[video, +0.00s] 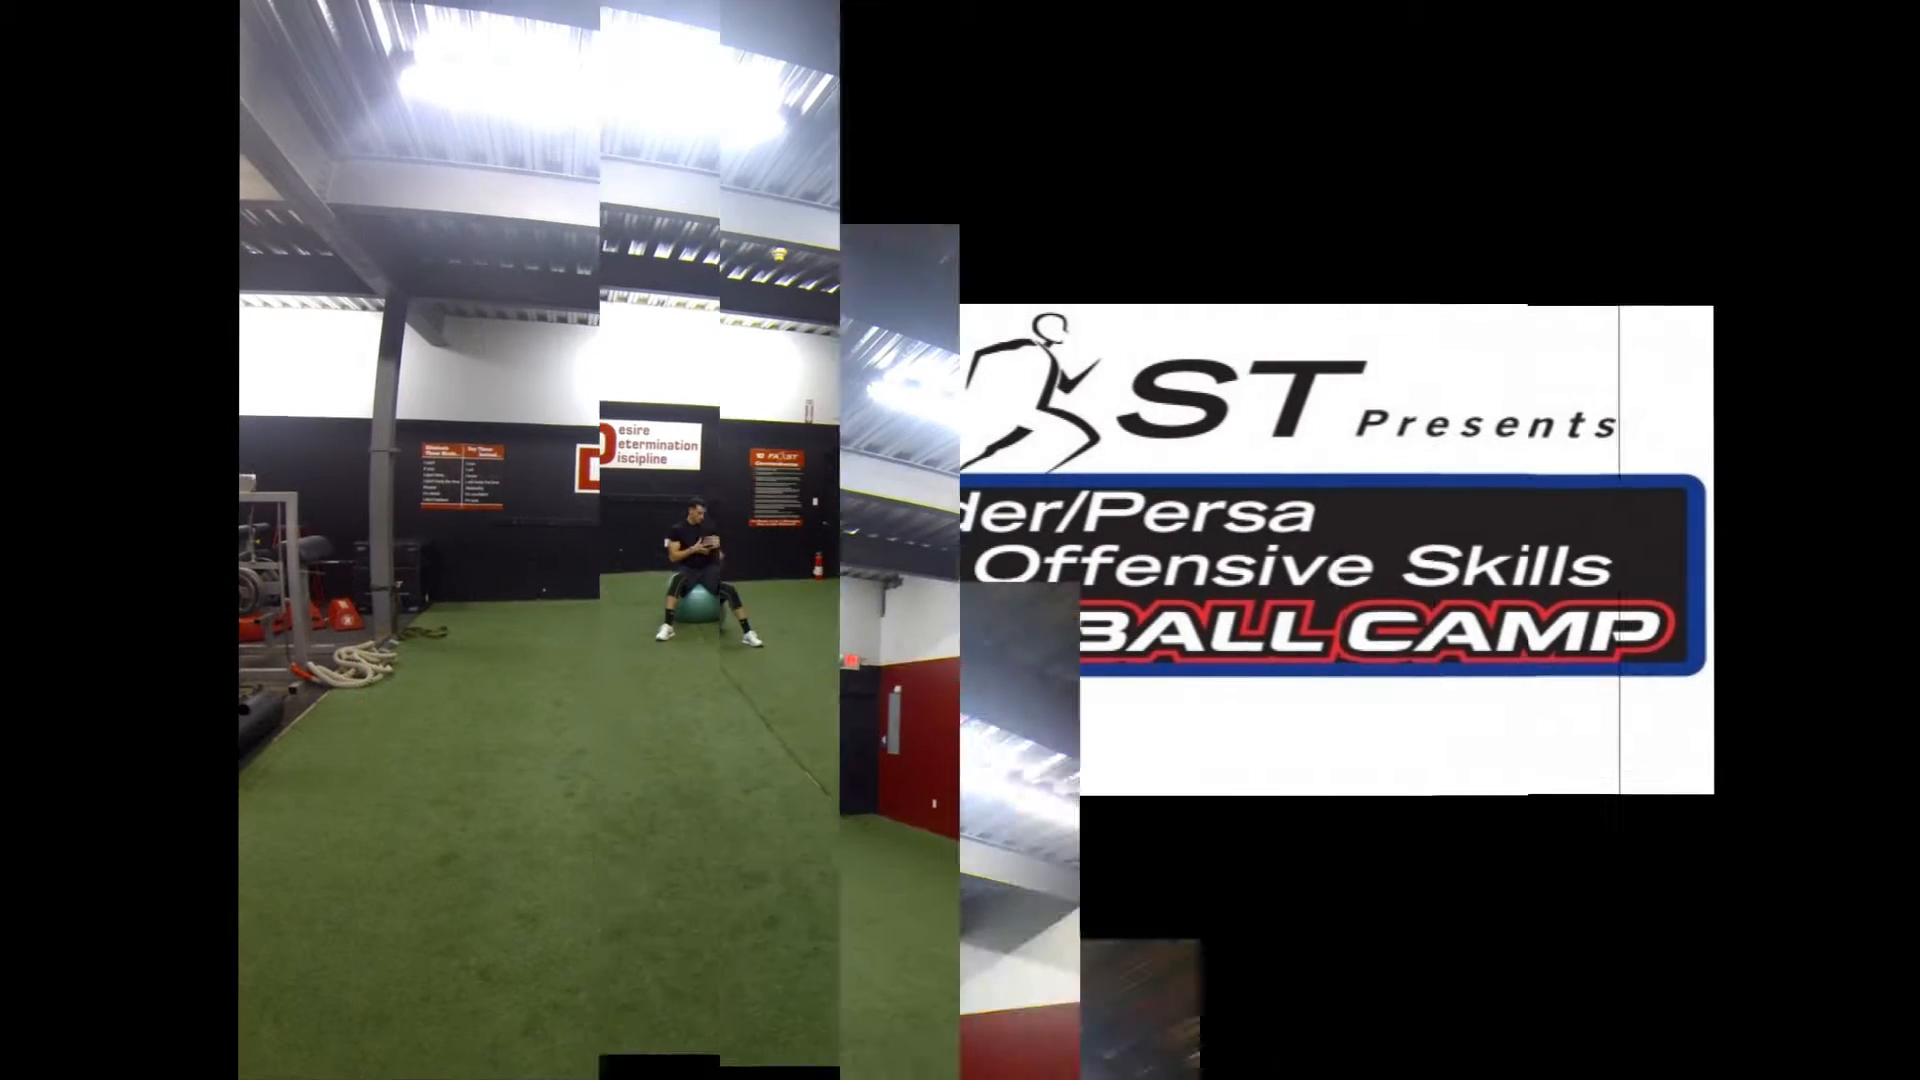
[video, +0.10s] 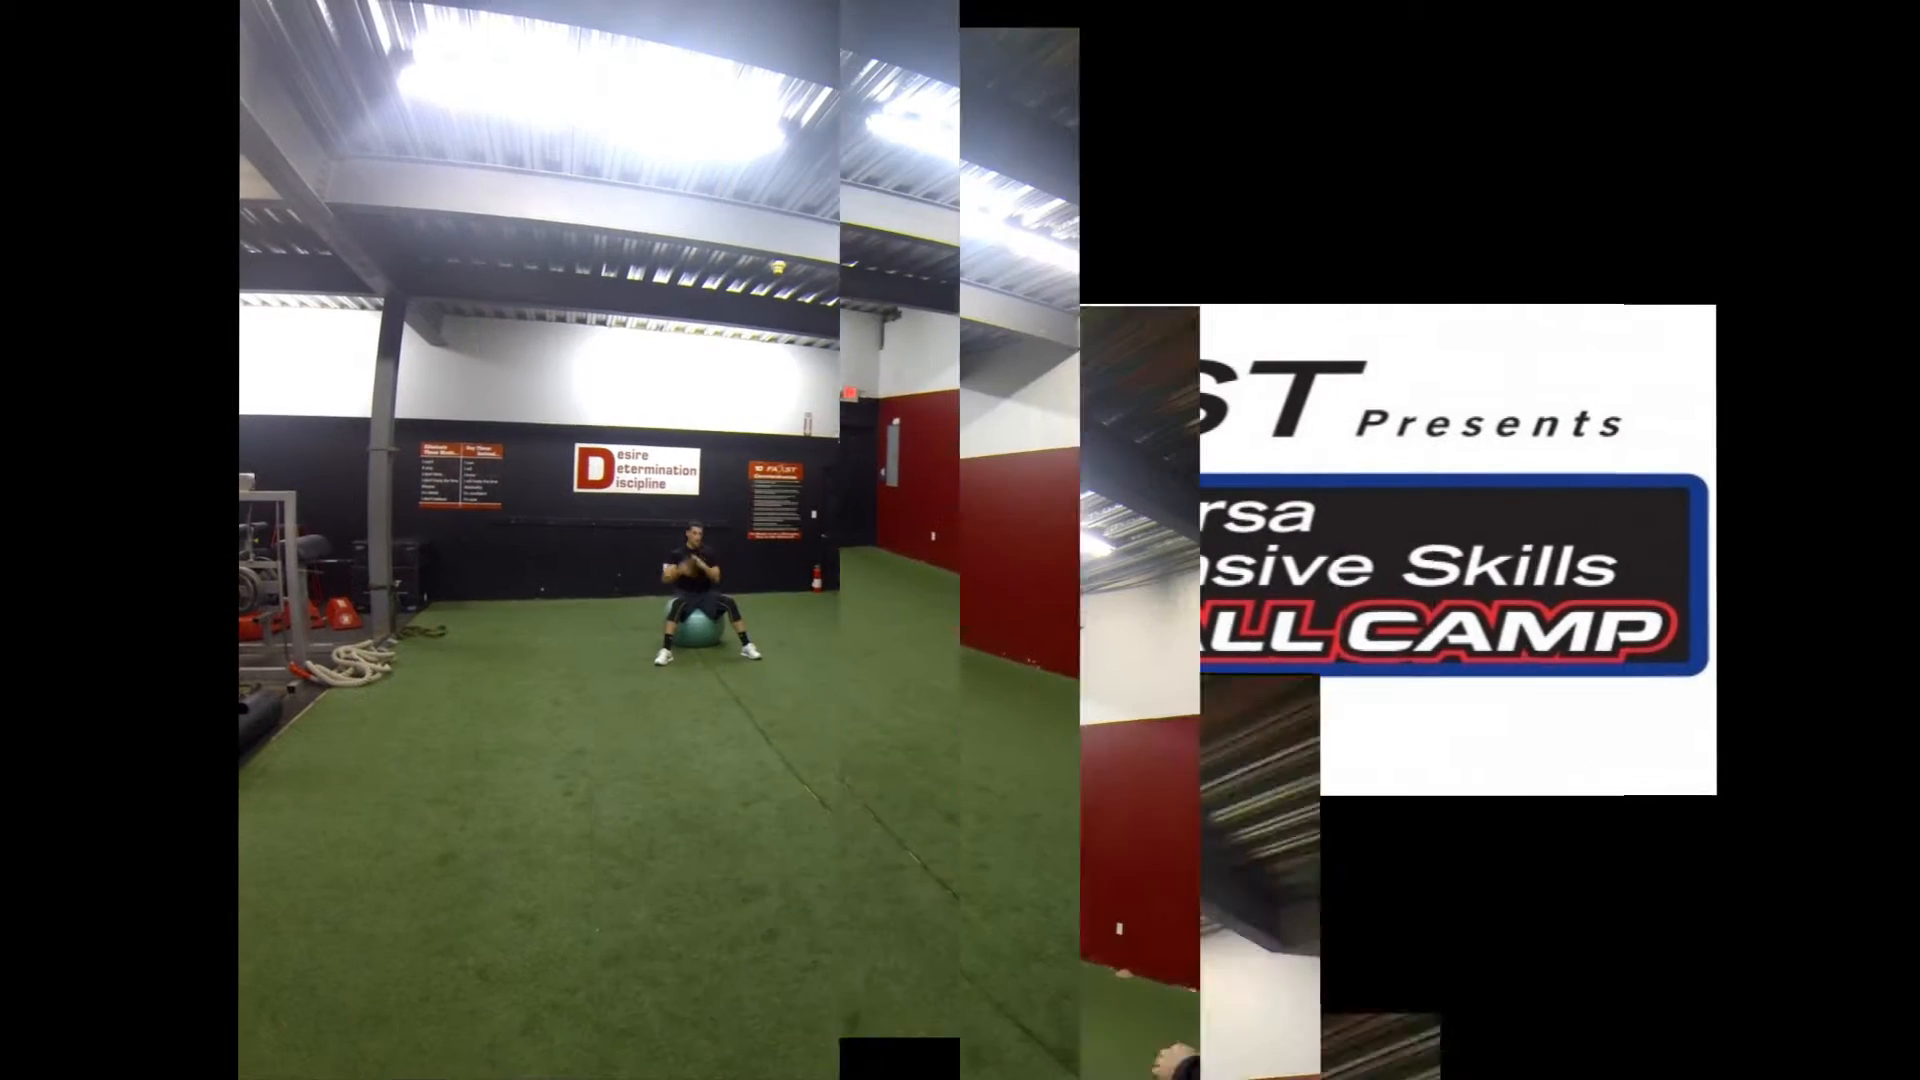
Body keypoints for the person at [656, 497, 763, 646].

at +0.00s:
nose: (702, 517)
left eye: (703, 514)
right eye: (699, 513)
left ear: (704, 513)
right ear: (690, 511)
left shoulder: (708, 528)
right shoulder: (678, 530)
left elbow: (717, 557)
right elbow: (673, 556)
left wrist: (716, 547)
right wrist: (694, 549)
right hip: (688, 571)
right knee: (676, 582)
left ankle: (748, 632)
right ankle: (667, 626)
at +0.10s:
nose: (698, 537)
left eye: (700, 534)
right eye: (694, 533)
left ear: (702, 536)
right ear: (687, 534)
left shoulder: (708, 552)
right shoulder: (678, 553)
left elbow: (716, 576)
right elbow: (666, 577)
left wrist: (701, 564)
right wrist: (681, 569)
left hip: (706, 594)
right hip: (685, 595)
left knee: (729, 603)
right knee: (677, 605)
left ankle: (747, 645)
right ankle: (666, 650)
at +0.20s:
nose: (693, 535)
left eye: (696, 532)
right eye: (690, 532)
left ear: (699, 535)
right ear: (684, 533)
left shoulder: (706, 551)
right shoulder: (676, 551)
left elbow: (715, 575)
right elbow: (658, 573)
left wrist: (697, 559)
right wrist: (666, 561)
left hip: (705, 594)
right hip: (684, 594)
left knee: (728, 602)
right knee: (676, 604)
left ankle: (744, 645)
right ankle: (663, 650)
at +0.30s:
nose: (690, 534)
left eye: (693, 531)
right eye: (687, 531)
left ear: (696, 534)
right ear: (681, 533)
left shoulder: (707, 550)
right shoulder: (675, 553)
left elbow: (717, 572)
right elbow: (652, 567)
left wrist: (702, 557)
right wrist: (656, 545)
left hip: (705, 595)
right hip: (683, 595)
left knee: (727, 602)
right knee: (673, 604)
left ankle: (743, 645)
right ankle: (661, 650)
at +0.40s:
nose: (690, 534)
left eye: (692, 531)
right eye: (686, 531)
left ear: (696, 534)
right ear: (681, 534)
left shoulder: (704, 552)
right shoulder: (675, 555)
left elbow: (723, 571)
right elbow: (650, 554)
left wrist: (711, 557)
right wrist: (654, 535)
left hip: (706, 595)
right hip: (685, 596)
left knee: (727, 603)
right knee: (672, 606)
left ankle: (743, 646)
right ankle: (662, 651)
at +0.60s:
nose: (689, 532)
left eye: (691, 529)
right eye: (685, 529)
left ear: (696, 531)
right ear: (680, 533)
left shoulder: (706, 549)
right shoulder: (677, 552)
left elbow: (721, 571)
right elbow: (668, 564)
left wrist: (702, 562)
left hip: (708, 594)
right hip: (687, 595)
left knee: (727, 606)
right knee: (674, 608)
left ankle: (745, 649)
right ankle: (664, 653)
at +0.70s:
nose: (690, 531)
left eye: (692, 528)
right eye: (686, 528)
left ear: (697, 531)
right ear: (681, 532)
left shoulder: (707, 550)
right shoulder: (676, 552)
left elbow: (723, 573)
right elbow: (670, 577)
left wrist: (708, 569)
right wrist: (683, 575)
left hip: (708, 593)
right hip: (687, 594)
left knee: (728, 605)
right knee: (675, 607)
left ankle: (745, 647)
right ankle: (664, 652)